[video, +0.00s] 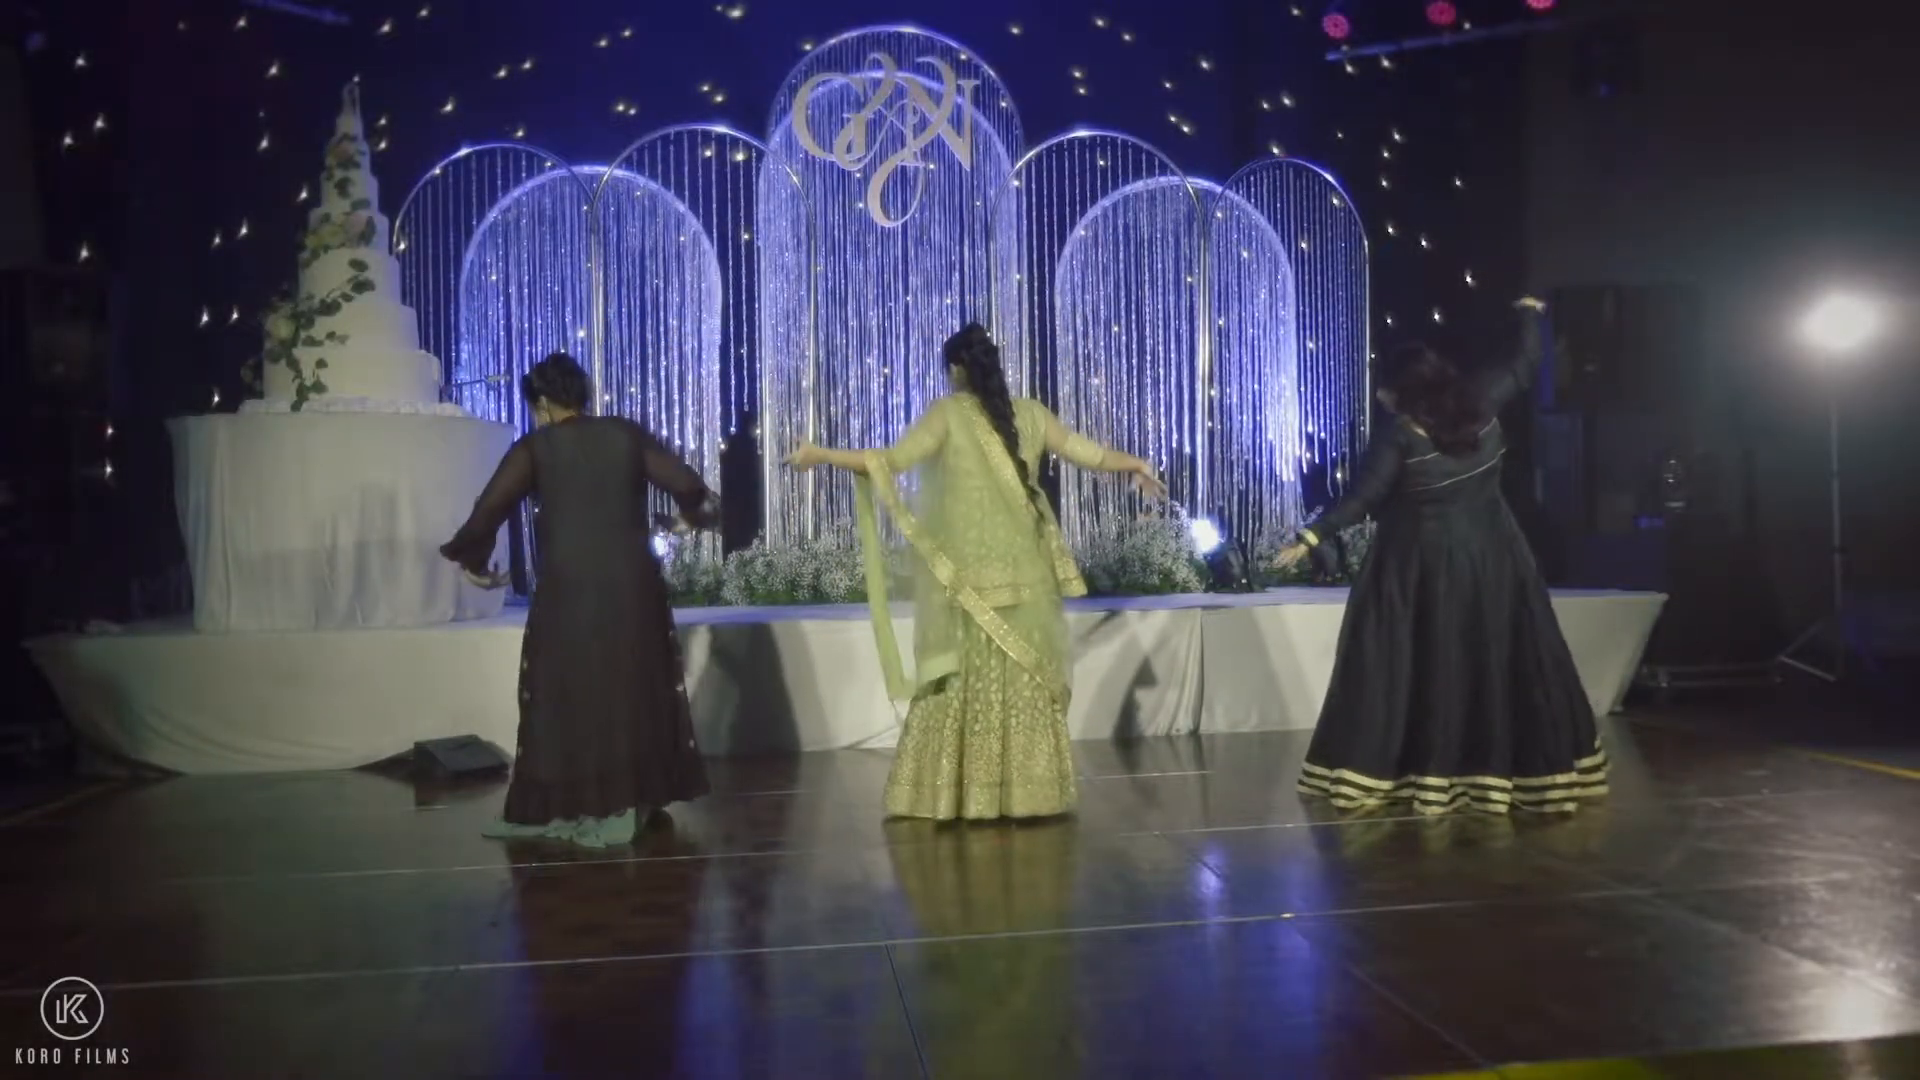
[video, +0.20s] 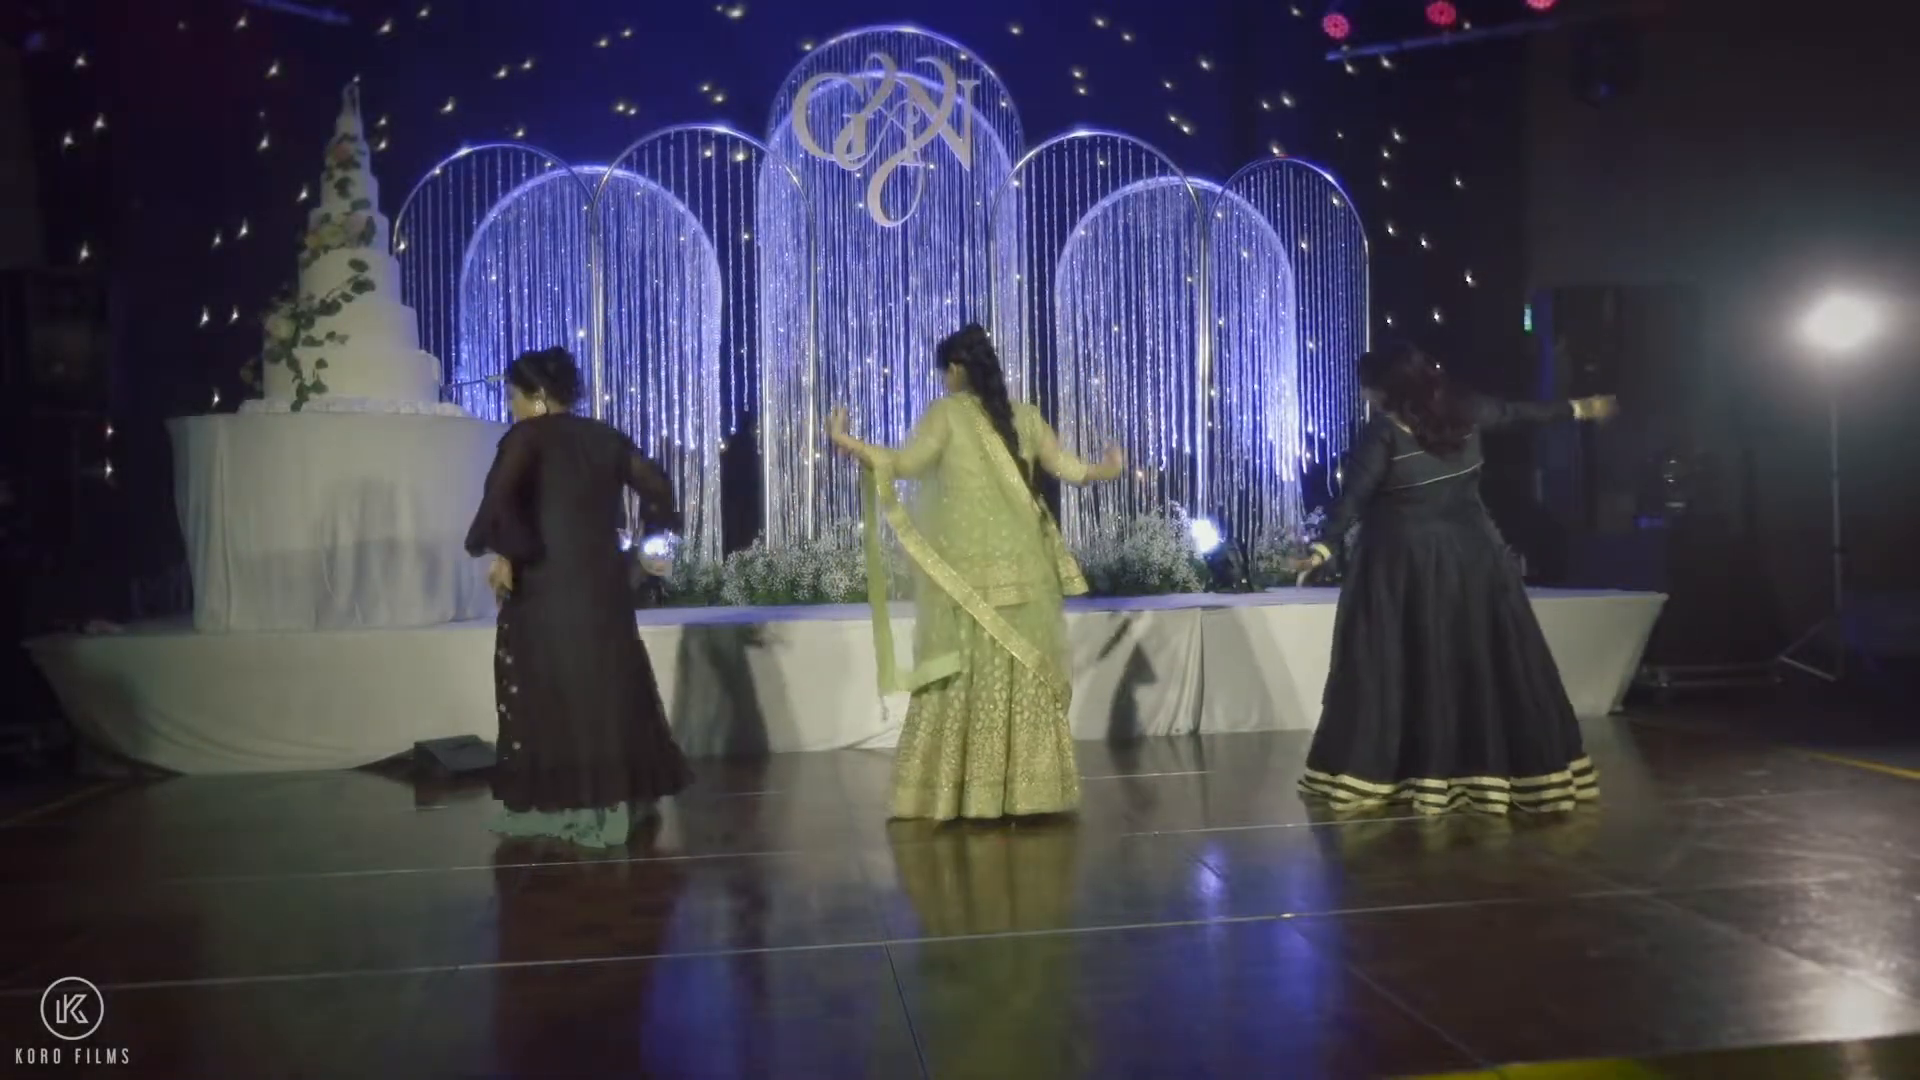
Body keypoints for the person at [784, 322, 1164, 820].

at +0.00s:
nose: (947, 374)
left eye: (947, 368)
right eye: (950, 367)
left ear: (956, 368)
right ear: (993, 365)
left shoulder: (947, 413)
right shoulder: (1031, 414)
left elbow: (889, 461)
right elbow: (1090, 454)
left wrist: (822, 456)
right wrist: (1137, 463)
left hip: (968, 576)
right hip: (1027, 575)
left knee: (968, 688)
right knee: (1029, 685)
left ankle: (967, 795)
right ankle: (1030, 794)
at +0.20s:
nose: (943, 378)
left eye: (945, 370)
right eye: (944, 370)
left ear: (959, 369)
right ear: (988, 367)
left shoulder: (946, 412)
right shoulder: (1024, 416)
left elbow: (908, 462)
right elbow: (1069, 468)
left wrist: (844, 442)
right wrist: (1110, 469)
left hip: (966, 573)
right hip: (1026, 572)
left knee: (968, 686)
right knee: (1029, 683)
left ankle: (970, 796)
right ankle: (1028, 795)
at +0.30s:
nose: (940, 377)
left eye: (942, 369)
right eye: (941, 369)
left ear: (957, 368)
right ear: (985, 367)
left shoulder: (945, 411)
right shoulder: (1018, 416)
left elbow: (919, 469)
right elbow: (1056, 483)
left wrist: (857, 460)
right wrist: (1068, 503)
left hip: (968, 573)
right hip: (1025, 571)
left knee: (967, 686)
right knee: (1028, 682)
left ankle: (971, 795)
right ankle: (1029, 794)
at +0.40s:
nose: (931, 376)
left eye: (934, 368)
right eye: (931, 368)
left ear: (955, 366)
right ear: (970, 366)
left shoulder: (948, 409)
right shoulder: (995, 413)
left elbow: (933, 469)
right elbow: (1031, 486)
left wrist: (869, 469)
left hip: (969, 570)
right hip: (1013, 566)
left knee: (967, 681)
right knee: (1012, 681)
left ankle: (966, 795)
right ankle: (1014, 795)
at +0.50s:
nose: (928, 373)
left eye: (933, 365)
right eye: (929, 365)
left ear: (954, 367)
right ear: (964, 367)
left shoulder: (955, 409)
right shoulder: (976, 409)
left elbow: (950, 465)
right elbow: (962, 469)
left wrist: (903, 463)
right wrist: (914, 463)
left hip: (967, 567)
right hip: (990, 564)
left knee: (969, 676)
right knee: (993, 676)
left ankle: (972, 792)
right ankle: (1001, 791)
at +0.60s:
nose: (921, 373)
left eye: (927, 364)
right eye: (921, 364)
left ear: (952, 366)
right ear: (949, 367)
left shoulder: (969, 410)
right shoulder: (945, 417)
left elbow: (987, 459)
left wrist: (950, 460)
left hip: (973, 571)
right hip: (945, 569)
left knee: (976, 678)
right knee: (949, 678)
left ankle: (981, 792)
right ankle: (951, 789)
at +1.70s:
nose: (978, 377)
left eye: (987, 368)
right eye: (969, 369)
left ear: (999, 373)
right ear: (956, 375)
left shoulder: (1021, 426)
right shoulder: (937, 423)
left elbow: (1046, 498)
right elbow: (880, 471)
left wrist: (1009, 509)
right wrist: (896, 531)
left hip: (1007, 564)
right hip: (947, 564)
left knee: (1013, 672)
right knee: (946, 673)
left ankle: (1016, 784)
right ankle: (945, 788)